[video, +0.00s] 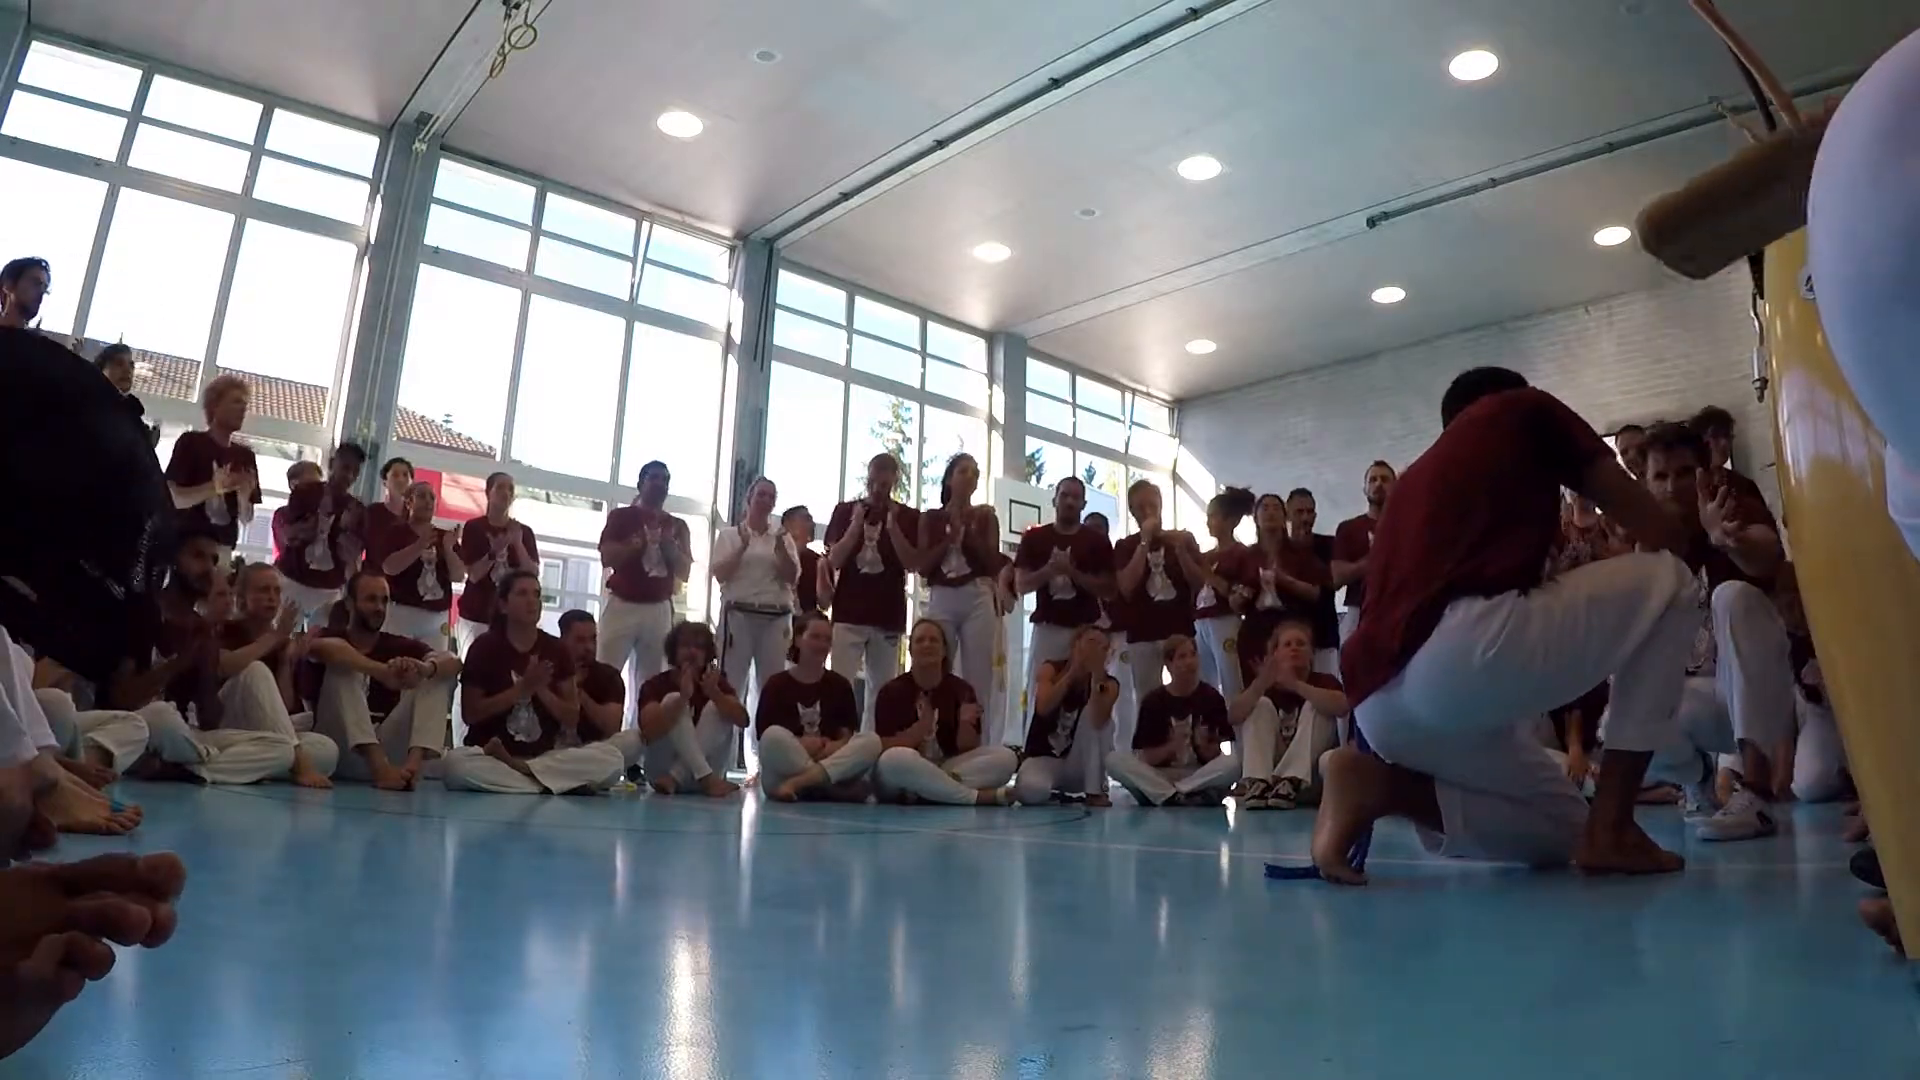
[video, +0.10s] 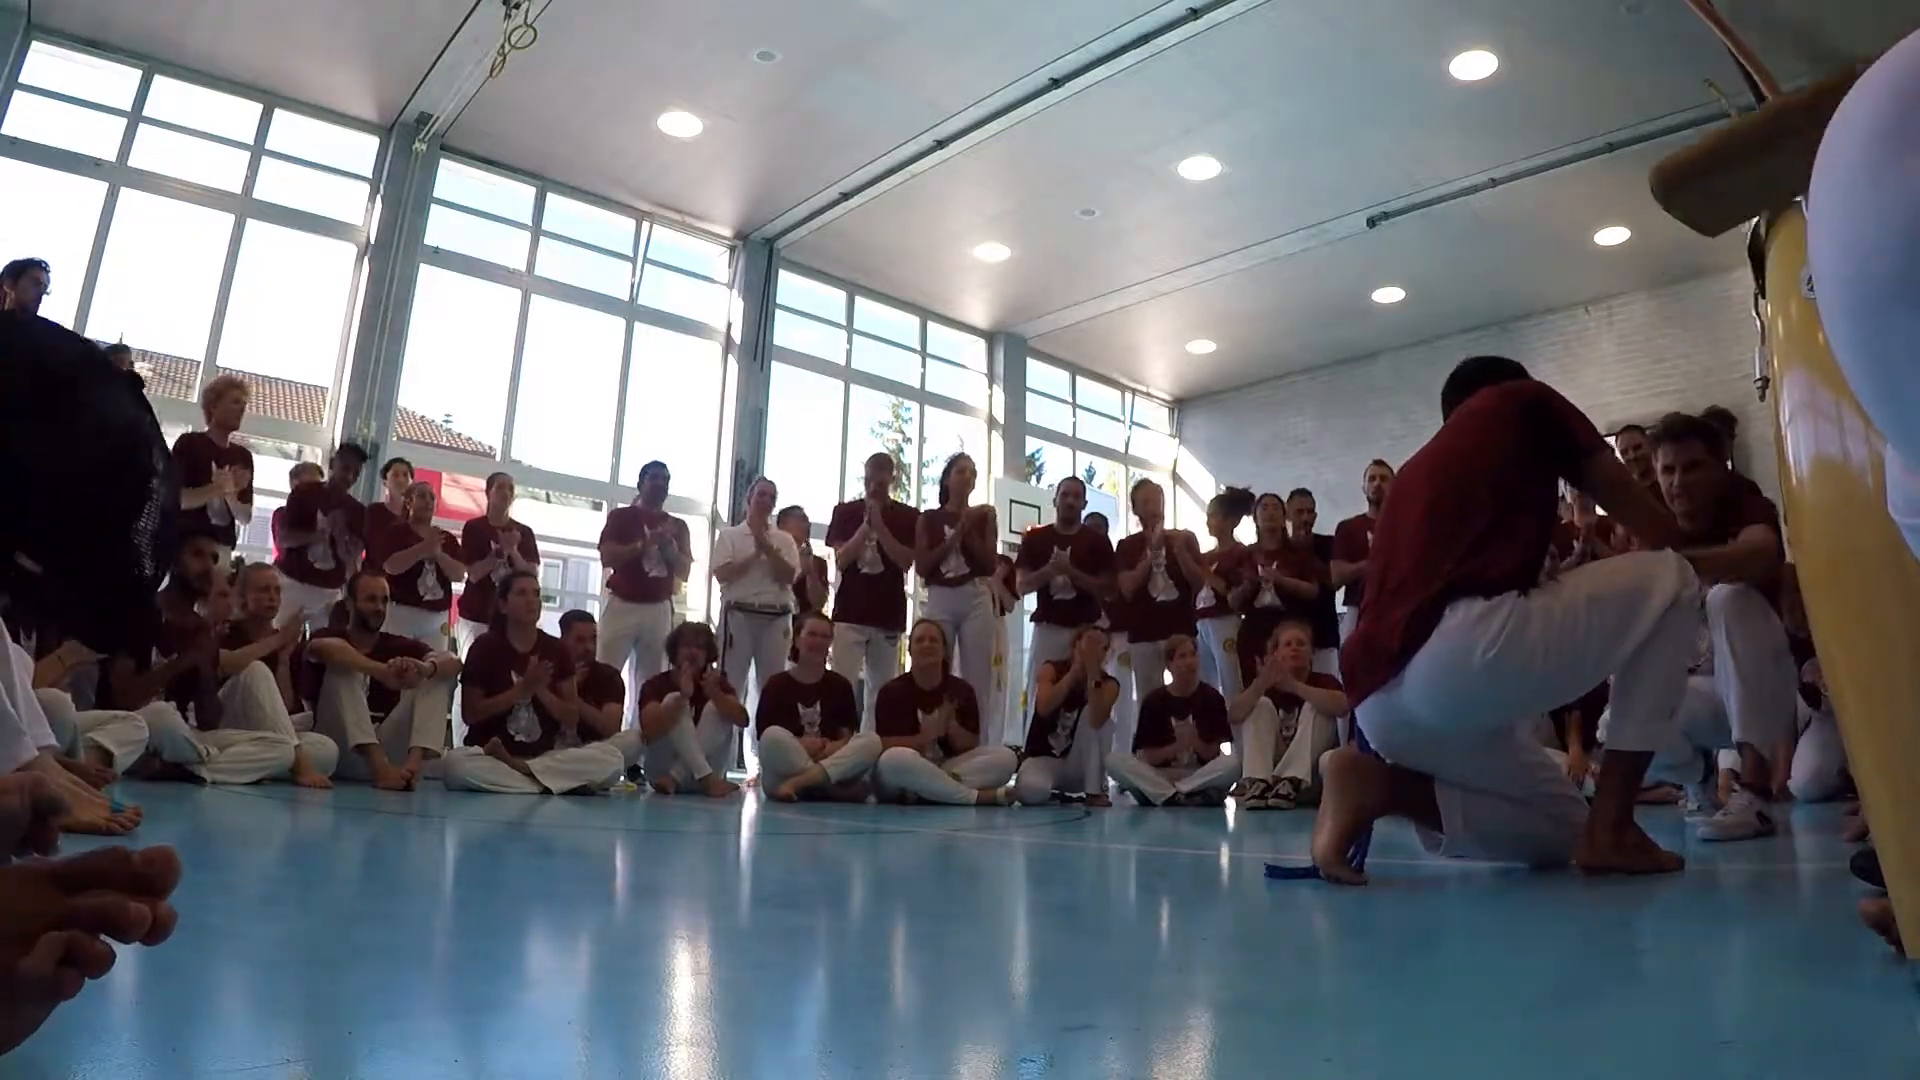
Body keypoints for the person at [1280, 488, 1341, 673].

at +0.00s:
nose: (1306, 517)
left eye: (1310, 512)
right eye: (1299, 512)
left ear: (1315, 514)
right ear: (1287, 513)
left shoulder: (1329, 545)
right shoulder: (1278, 548)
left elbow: (1335, 584)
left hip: (1324, 630)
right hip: (1287, 631)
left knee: (1327, 694)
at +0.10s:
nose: (1306, 517)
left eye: (1310, 511)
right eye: (1300, 512)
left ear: (1316, 514)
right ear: (1287, 514)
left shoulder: (1329, 545)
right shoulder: (1278, 548)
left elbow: (1334, 582)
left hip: (1324, 630)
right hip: (1288, 632)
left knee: (1328, 694)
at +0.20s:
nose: (1306, 517)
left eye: (1310, 511)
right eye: (1299, 511)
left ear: (1316, 514)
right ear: (1287, 514)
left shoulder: (1329, 545)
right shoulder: (1279, 548)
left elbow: (1334, 584)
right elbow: (1275, 588)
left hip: (1324, 630)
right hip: (1287, 631)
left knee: (1327, 695)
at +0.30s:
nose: (1306, 517)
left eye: (1311, 511)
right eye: (1300, 511)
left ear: (1317, 515)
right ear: (1288, 514)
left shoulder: (1329, 545)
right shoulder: (1280, 548)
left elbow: (1335, 585)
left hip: (1324, 630)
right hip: (1288, 631)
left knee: (1327, 694)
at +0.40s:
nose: (1306, 517)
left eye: (1311, 511)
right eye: (1300, 511)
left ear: (1316, 515)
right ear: (1289, 514)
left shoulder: (1328, 545)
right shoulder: (1280, 547)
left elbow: (1334, 585)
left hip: (1323, 629)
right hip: (1287, 630)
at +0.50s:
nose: (1306, 516)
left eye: (1311, 511)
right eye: (1300, 511)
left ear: (1317, 515)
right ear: (1290, 514)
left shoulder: (1329, 545)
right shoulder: (1280, 546)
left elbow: (1337, 584)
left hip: (1322, 627)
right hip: (1287, 628)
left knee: (1326, 693)